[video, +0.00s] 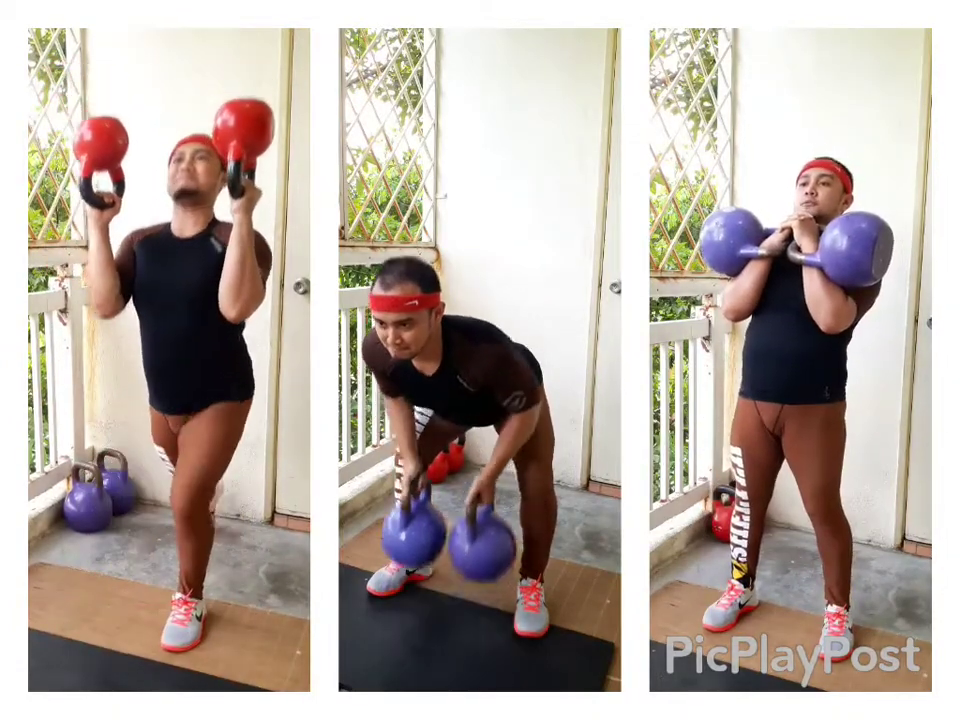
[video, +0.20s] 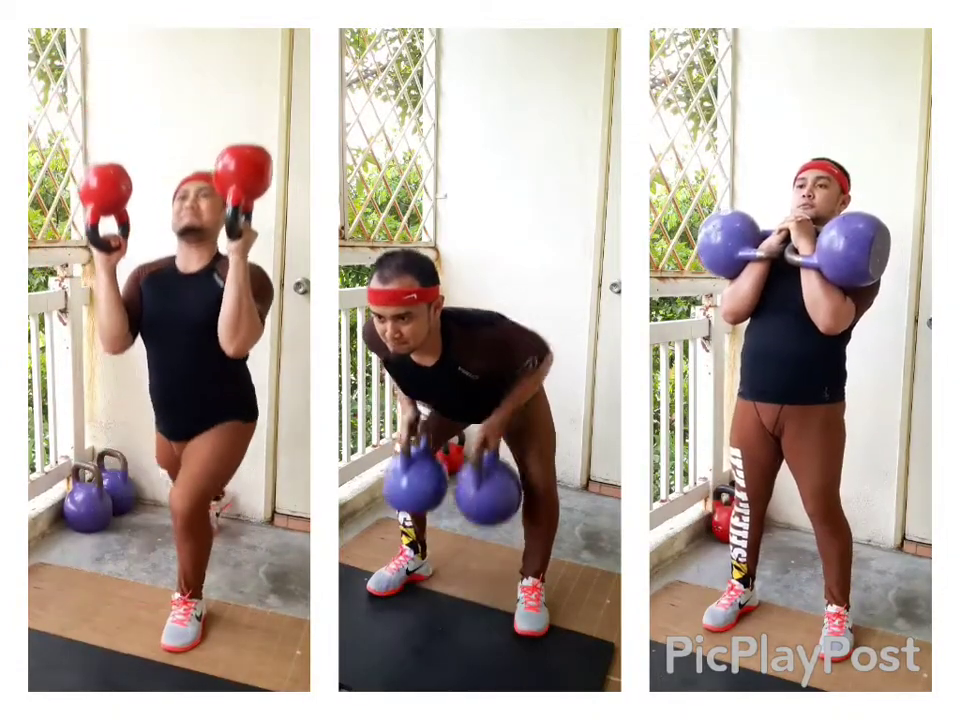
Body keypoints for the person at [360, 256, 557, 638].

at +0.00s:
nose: (392, 338)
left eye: (405, 325)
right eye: (381, 325)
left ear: (436, 312)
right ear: (372, 318)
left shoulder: (483, 349)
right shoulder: (377, 352)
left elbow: (527, 406)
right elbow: (396, 397)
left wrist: (491, 473)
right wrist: (408, 457)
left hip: (511, 399)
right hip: (452, 402)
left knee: (537, 485)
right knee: (410, 468)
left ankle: (531, 582)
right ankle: (412, 557)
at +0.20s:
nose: (391, 332)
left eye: (404, 318)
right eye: (380, 319)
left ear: (435, 305)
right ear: (371, 312)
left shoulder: (484, 334)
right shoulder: (376, 335)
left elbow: (542, 357)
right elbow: (394, 366)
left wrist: (498, 421)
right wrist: (407, 407)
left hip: (511, 393)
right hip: (447, 397)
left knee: (540, 482)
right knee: (411, 464)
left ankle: (531, 582)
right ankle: (413, 551)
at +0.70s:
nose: (396, 319)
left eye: (408, 305)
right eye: (385, 306)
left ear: (439, 291)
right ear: (375, 299)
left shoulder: (488, 332)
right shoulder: (379, 336)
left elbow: (528, 393)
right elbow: (398, 386)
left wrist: (491, 468)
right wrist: (412, 447)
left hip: (511, 400)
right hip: (450, 403)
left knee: (537, 486)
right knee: (407, 467)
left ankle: (531, 582)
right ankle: (411, 555)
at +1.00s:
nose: (395, 344)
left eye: (407, 331)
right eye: (384, 331)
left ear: (438, 314)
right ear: (375, 325)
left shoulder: (487, 355)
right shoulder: (379, 363)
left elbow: (512, 435)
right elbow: (401, 428)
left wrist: (484, 515)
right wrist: (411, 499)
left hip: (516, 396)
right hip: (456, 404)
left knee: (537, 486)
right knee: (412, 470)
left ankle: (532, 584)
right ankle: (407, 563)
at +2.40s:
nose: (392, 368)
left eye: (404, 354)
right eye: (382, 355)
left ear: (436, 342)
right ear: (373, 349)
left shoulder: (486, 378)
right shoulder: (378, 380)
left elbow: (494, 467)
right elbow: (403, 451)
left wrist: (482, 535)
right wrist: (417, 513)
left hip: (516, 391)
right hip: (451, 399)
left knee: (534, 485)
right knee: (417, 469)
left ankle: (531, 584)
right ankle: (411, 562)